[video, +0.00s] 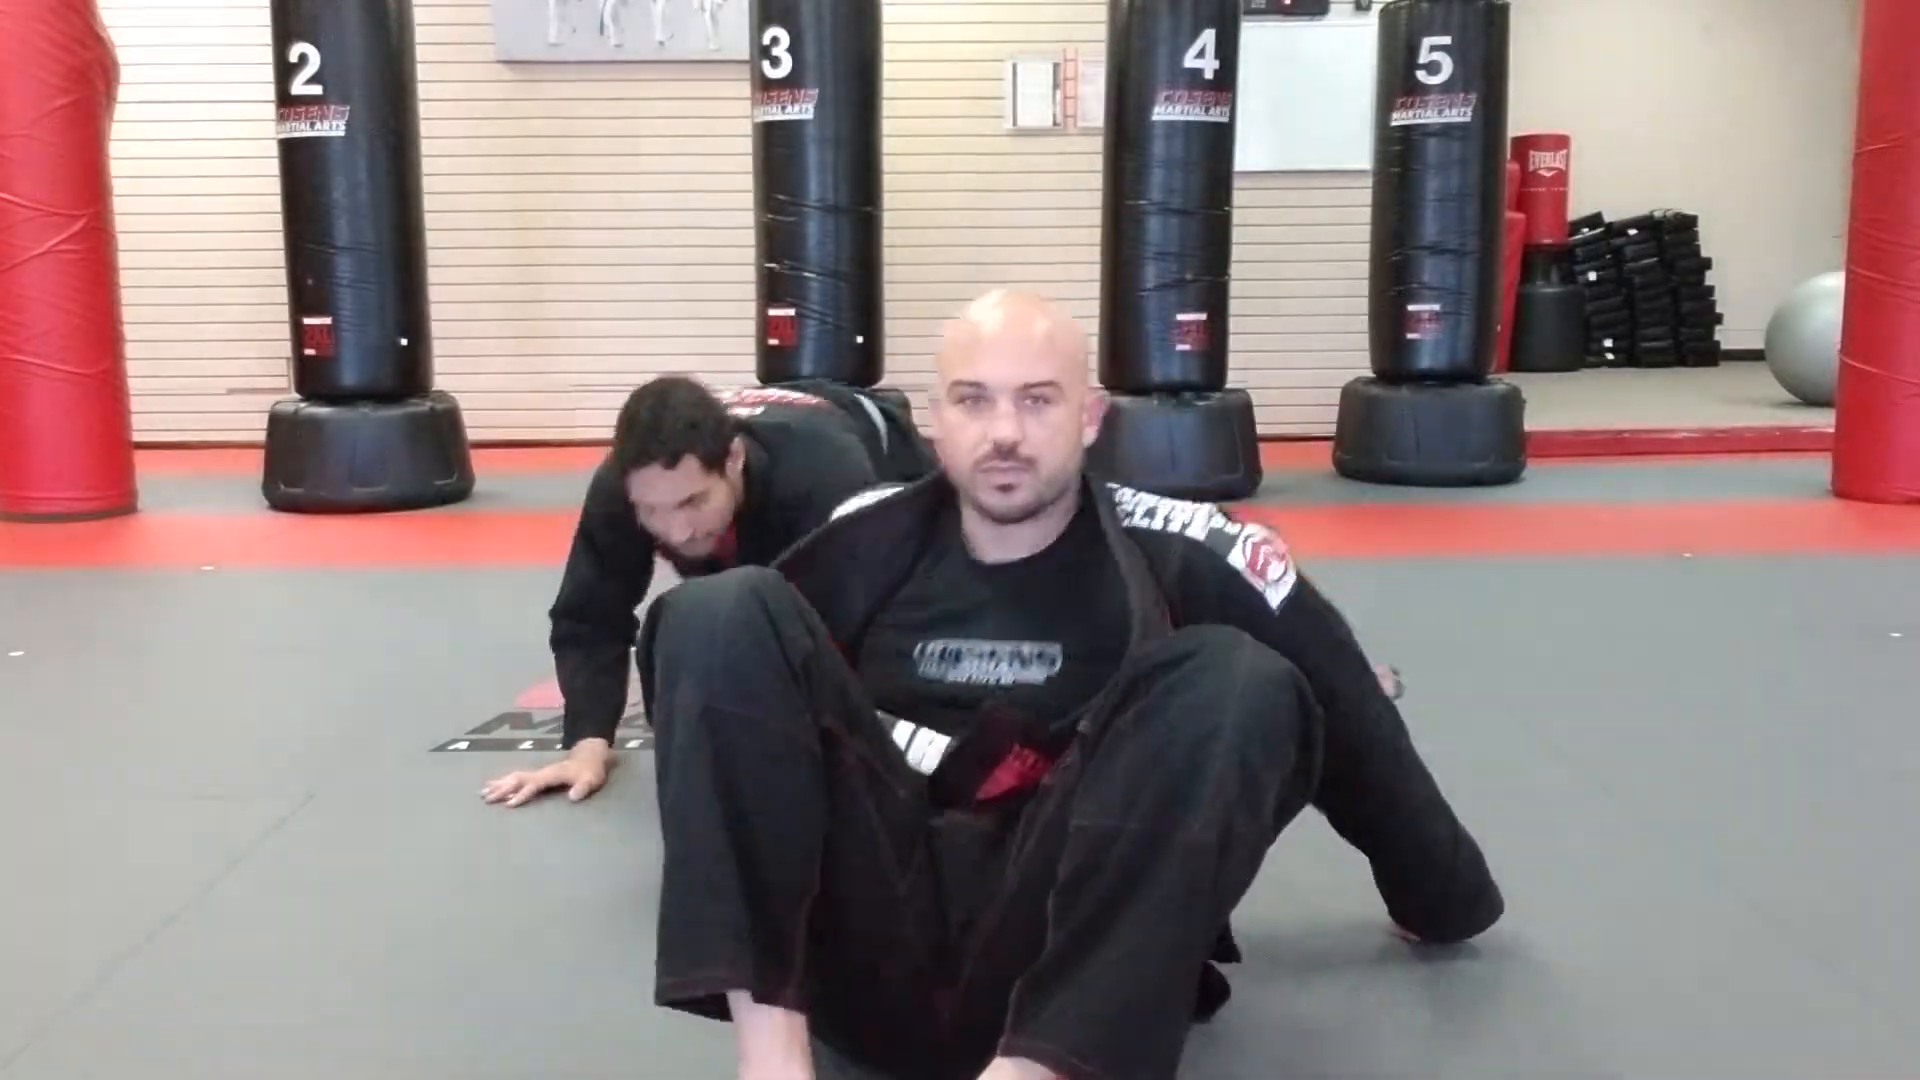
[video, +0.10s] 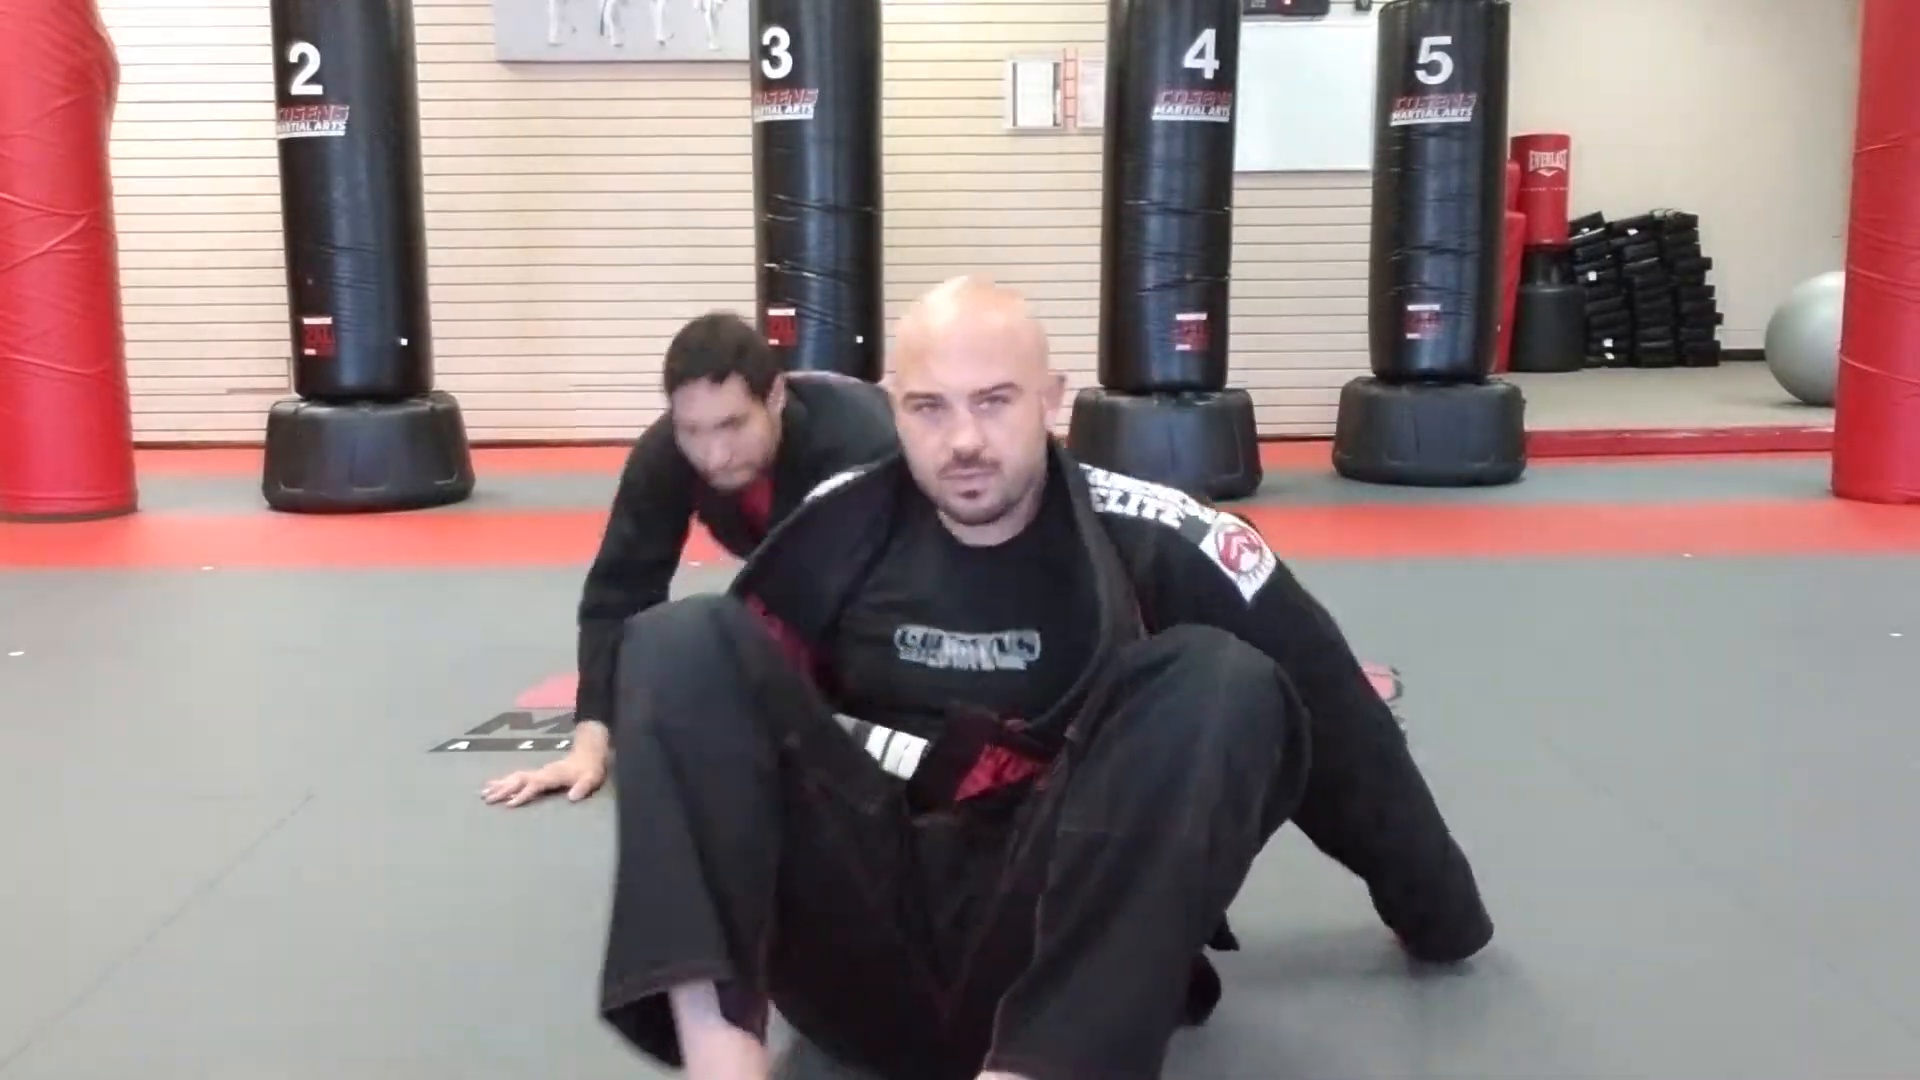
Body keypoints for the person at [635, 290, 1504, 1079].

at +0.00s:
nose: (1003, 432)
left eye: (1036, 401)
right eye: (973, 401)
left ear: (1092, 416)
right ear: (933, 419)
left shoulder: (1189, 554)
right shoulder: (855, 552)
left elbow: (1357, 732)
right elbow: (759, 720)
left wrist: (1445, 904)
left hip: (1065, 937)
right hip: (863, 933)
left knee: (1241, 682)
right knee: (723, 616)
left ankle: (1042, 1058)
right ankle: (769, 1043)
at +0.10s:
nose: (964, 441)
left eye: (995, 404)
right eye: (930, 408)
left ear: (1056, 404)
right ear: (895, 411)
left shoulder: (1159, 538)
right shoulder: (829, 539)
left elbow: (1341, 723)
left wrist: (1439, 915)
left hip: (1059, 934)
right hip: (852, 933)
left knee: (1225, 686)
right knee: (683, 639)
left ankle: (1036, 1062)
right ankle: (717, 1046)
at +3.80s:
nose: (905, 539)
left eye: (923, 530)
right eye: (879, 529)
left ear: (956, 556)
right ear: (840, 554)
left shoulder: (1026, 599)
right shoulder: (839, 618)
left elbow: (1160, 641)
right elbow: (737, 604)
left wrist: (1055, 519)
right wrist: (831, 465)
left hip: (1028, 772)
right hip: (878, 770)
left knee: (1136, 573)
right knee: (770, 580)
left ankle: (1044, 930)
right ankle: (826, 937)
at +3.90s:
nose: (944, 531)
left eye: (967, 525)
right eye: (922, 525)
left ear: (1000, 555)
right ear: (888, 556)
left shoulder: (1045, 599)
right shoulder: (856, 596)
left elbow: (1161, 647)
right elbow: (764, 586)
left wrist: (1088, 530)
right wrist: (865, 469)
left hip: (1028, 782)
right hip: (879, 781)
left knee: (1129, 574)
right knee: (771, 580)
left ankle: (1047, 933)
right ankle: (828, 943)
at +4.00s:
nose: (965, 529)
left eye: (987, 523)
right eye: (944, 523)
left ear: (1021, 553)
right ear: (915, 554)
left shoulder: (1055, 590)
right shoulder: (871, 589)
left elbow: (1170, 675)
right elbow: (779, 581)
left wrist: (1114, 538)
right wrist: (880, 468)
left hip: (1026, 779)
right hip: (877, 772)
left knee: (1114, 570)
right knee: (774, 579)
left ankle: (1042, 935)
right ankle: (828, 940)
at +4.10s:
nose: (973, 529)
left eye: (994, 526)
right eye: (952, 522)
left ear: (1026, 562)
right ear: (923, 559)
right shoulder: (868, 613)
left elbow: (1172, 676)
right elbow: (777, 584)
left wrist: (1110, 549)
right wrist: (876, 469)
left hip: (1022, 782)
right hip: (872, 775)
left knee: (1096, 567)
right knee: (767, 582)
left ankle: (1040, 933)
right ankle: (825, 940)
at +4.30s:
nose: (950, 535)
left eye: (971, 537)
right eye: (932, 536)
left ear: (1003, 571)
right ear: (902, 574)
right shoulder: (855, 604)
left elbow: (1150, 625)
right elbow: (769, 570)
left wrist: (1055, 538)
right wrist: (850, 496)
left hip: (1009, 785)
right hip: (863, 785)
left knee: (1070, 559)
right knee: (754, 583)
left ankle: (1033, 937)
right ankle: (824, 942)